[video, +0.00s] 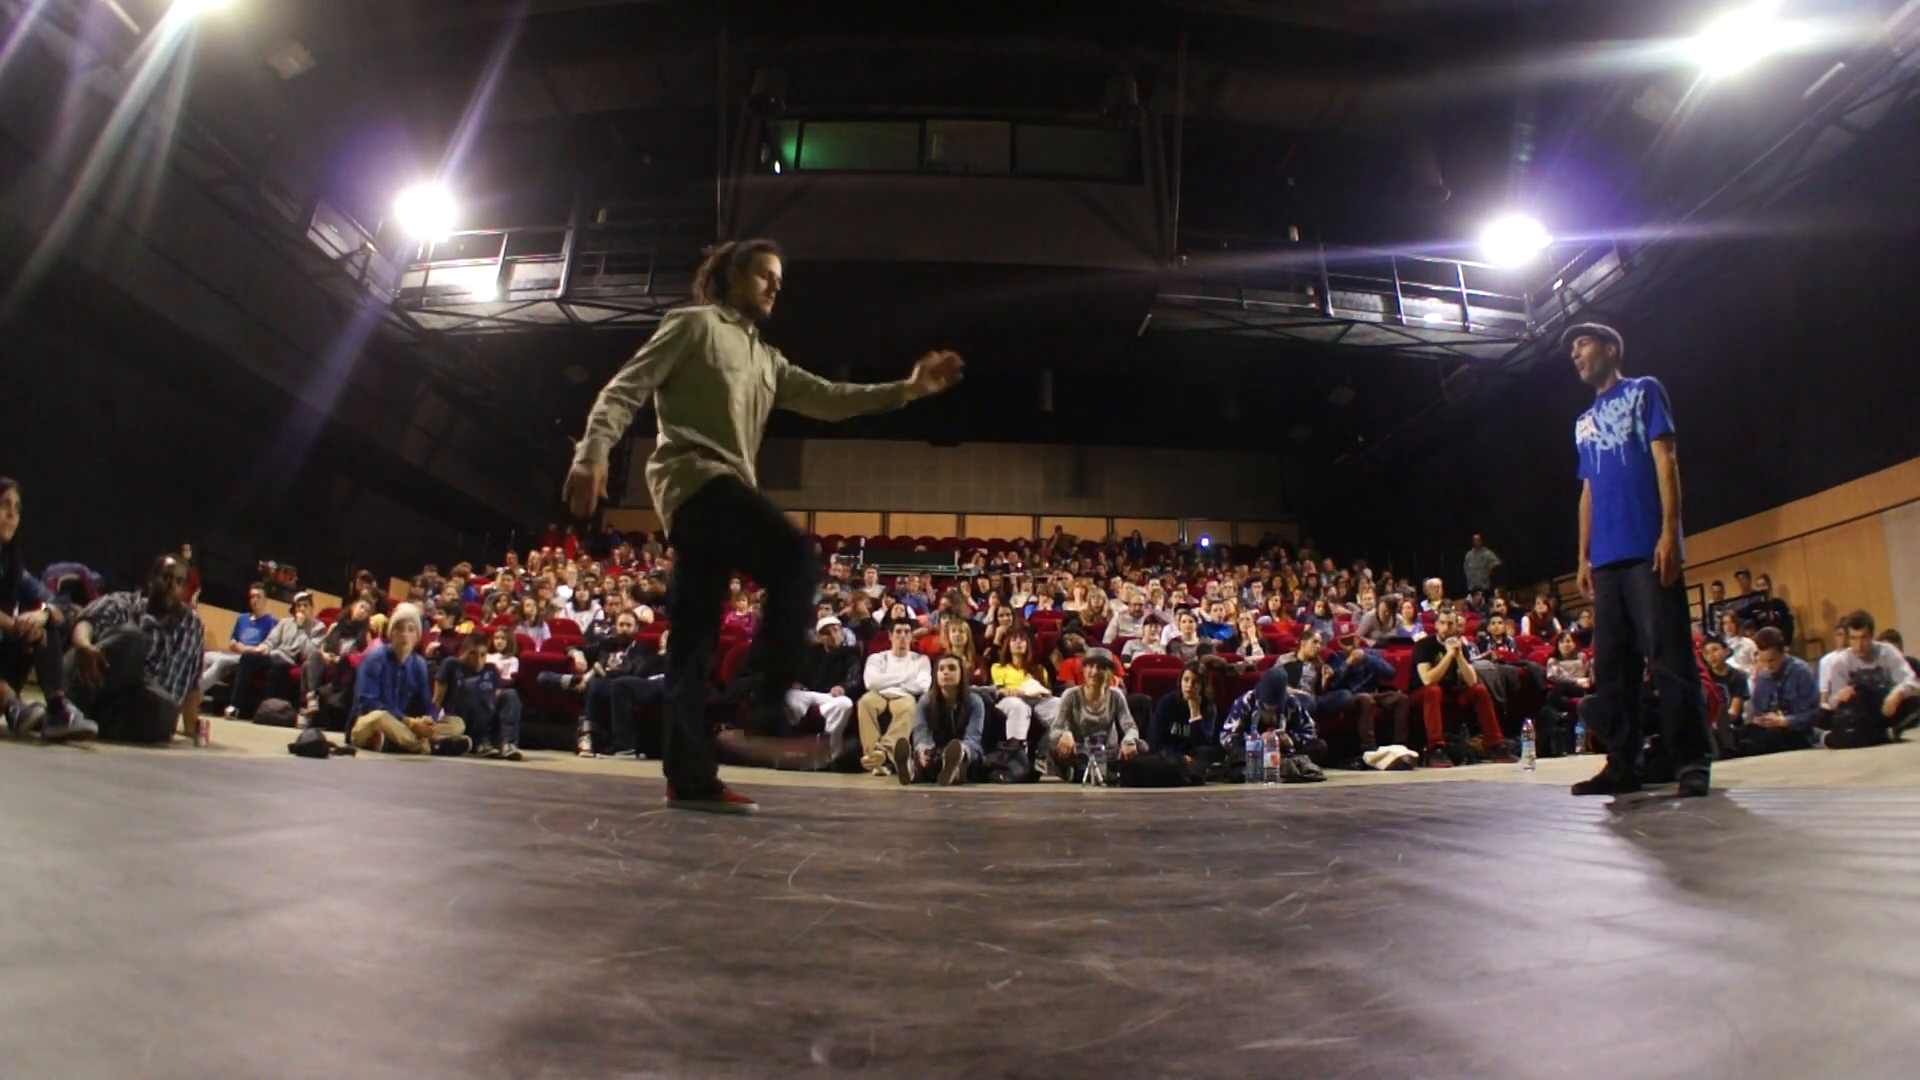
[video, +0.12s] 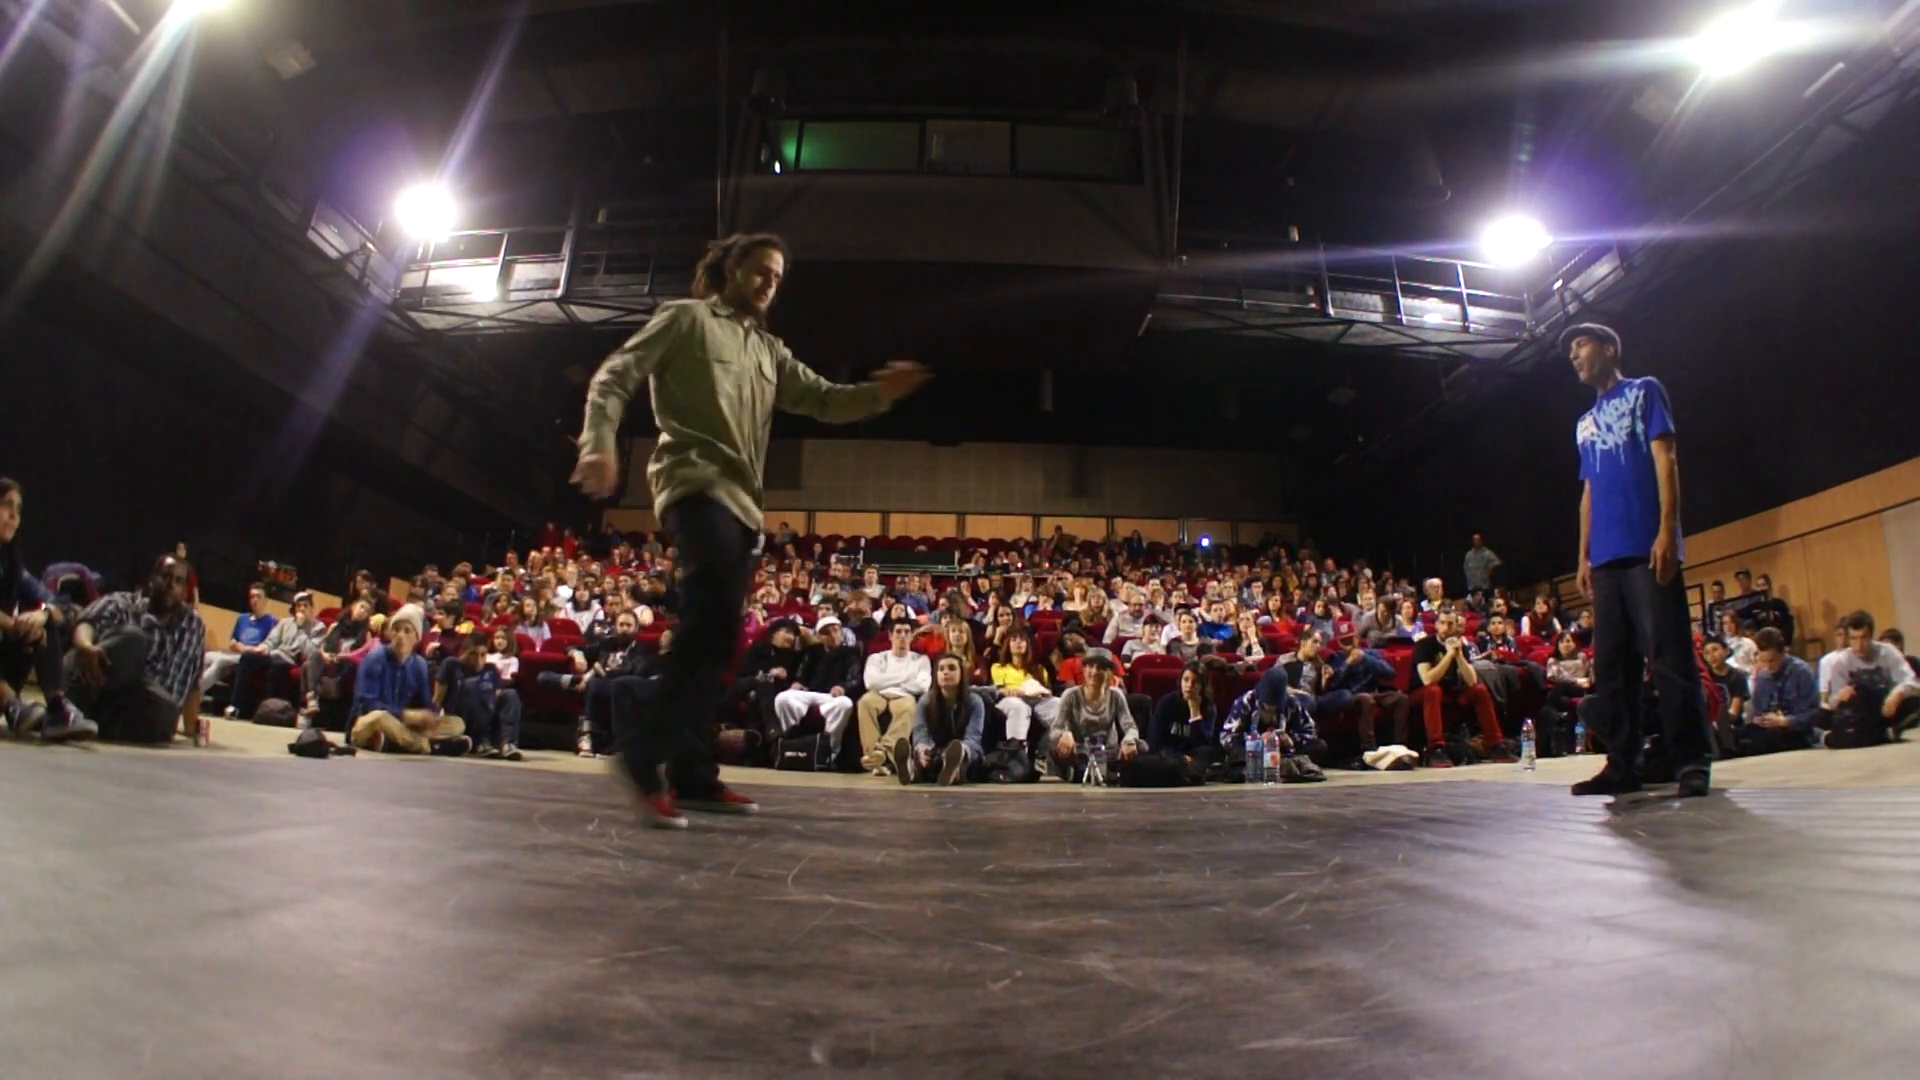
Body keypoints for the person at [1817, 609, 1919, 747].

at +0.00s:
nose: (1859, 644)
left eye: (1863, 638)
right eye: (1853, 638)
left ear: (1871, 637)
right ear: (1848, 638)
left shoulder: (1887, 652)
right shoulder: (1840, 662)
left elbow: (1910, 680)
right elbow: (1831, 703)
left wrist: (1897, 693)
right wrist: (1839, 696)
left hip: (1886, 704)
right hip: (1858, 707)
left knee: (1914, 703)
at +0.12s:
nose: (1859, 644)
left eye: (1863, 637)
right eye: (1853, 638)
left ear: (1871, 636)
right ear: (1848, 638)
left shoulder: (1887, 652)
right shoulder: (1840, 662)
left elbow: (1910, 681)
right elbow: (1831, 703)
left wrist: (1897, 694)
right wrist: (1839, 696)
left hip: (1885, 704)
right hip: (1857, 707)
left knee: (1913, 703)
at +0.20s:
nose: (1859, 644)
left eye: (1863, 638)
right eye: (1853, 638)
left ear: (1871, 636)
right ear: (1848, 638)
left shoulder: (1887, 652)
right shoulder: (1840, 662)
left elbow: (1910, 680)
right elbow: (1831, 703)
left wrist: (1897, 694)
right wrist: (1839, 696)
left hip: (1885, 704)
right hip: (1857, 707)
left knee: (1914, 703)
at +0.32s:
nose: (1859, 645)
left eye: (1864, 638)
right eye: (1854, 639)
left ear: (1871, 637)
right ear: (1848, 639)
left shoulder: (1888, 652)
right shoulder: (1840, 662)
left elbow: (1911, 681)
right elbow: (1831, 702)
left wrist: (1897, 693)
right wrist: (1840, 696)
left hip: (1885, 705)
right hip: (1857, 708)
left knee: (1913, 703)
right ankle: (1827, 738)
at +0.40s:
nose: (1859, 645)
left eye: (1864, 638)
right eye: (1854, 639)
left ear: (1871, 637)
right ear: (1847, 639)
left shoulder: (1888, 652)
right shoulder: (1839, 662)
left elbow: (1911, 681)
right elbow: (1830, 702)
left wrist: (1897, 693)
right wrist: (1839, 697)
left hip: (1886, 705)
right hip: (1856, 707)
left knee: (1914, 704)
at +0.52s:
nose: (1860, 645)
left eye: (1864, 638)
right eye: (1854, 639)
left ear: (1871, 636)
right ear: (1847, 639)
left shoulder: (1888, 652)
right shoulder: (1840, 662)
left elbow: (1911, 681)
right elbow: (1831, 702)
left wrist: (1897, 693)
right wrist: (1839, 697)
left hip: (1886, 704)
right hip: (1857, 707)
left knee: (1913, 704)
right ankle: (1886, 735)